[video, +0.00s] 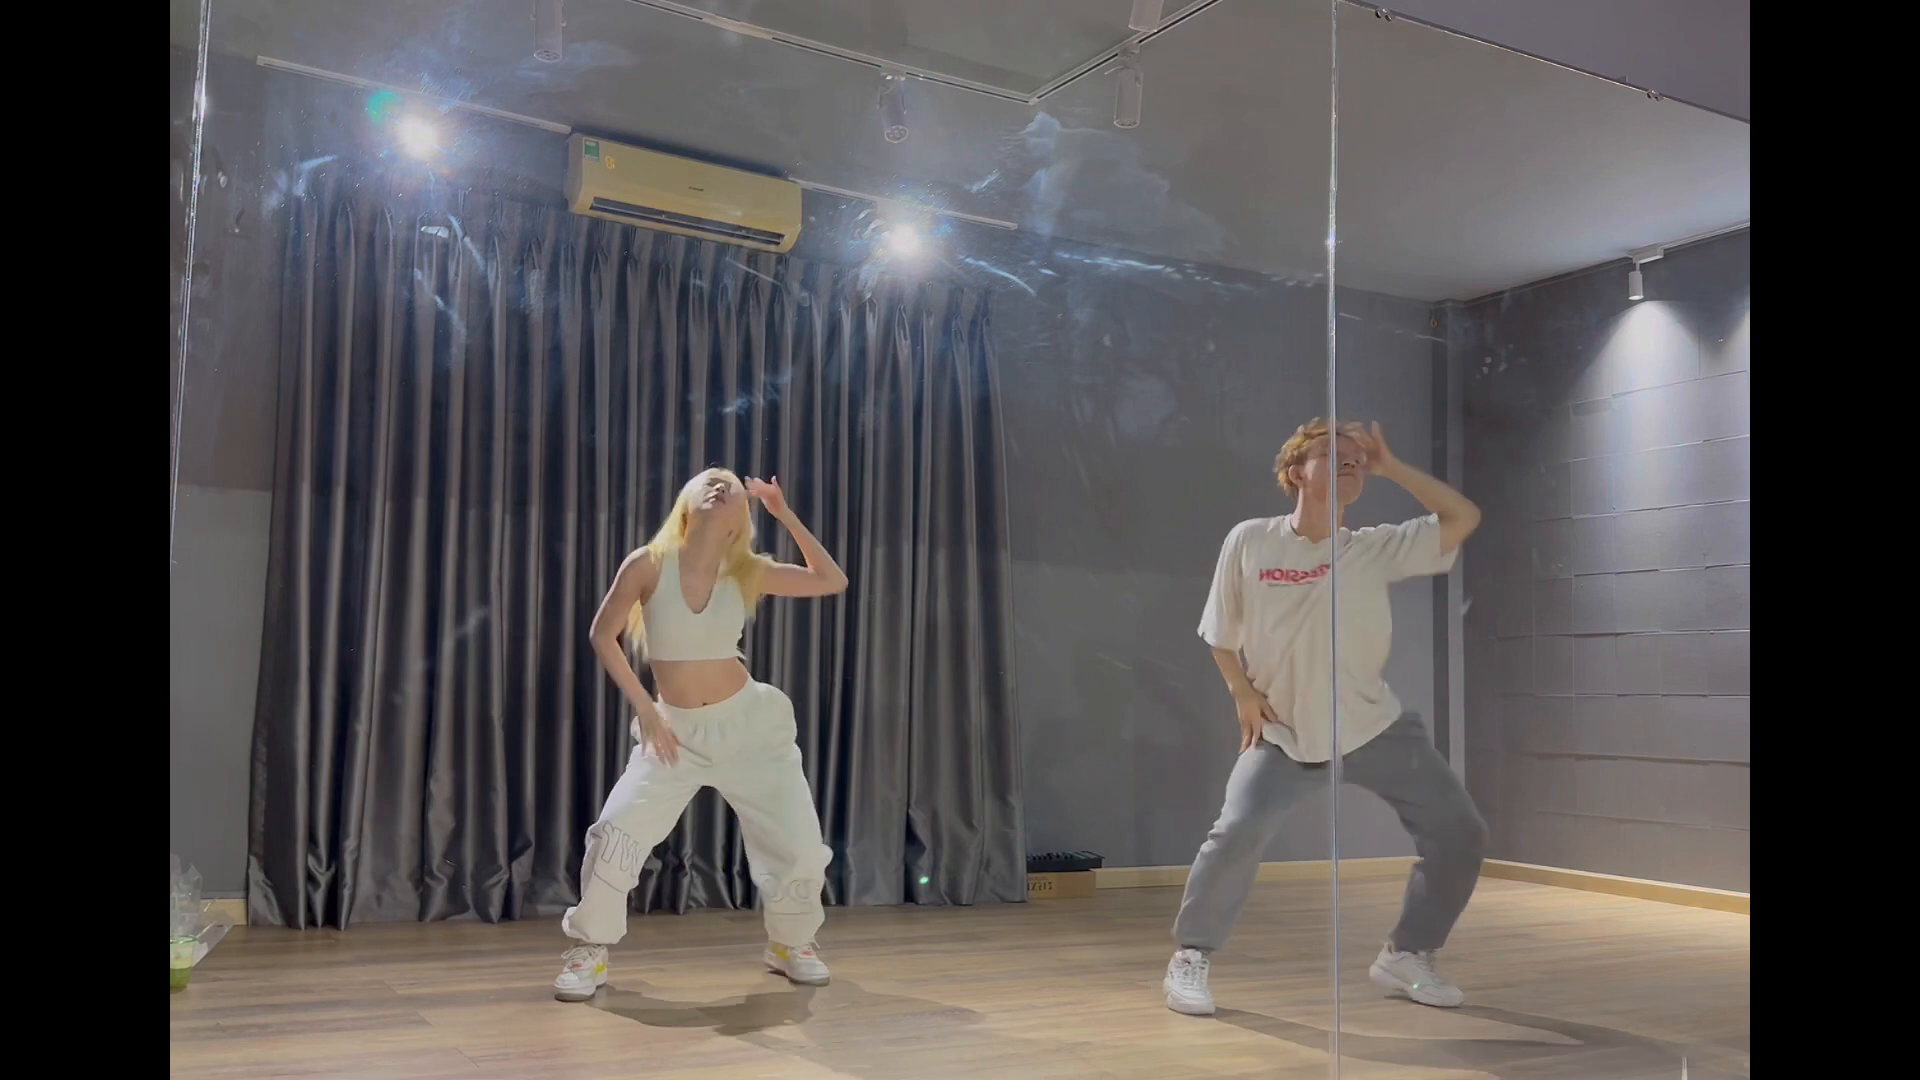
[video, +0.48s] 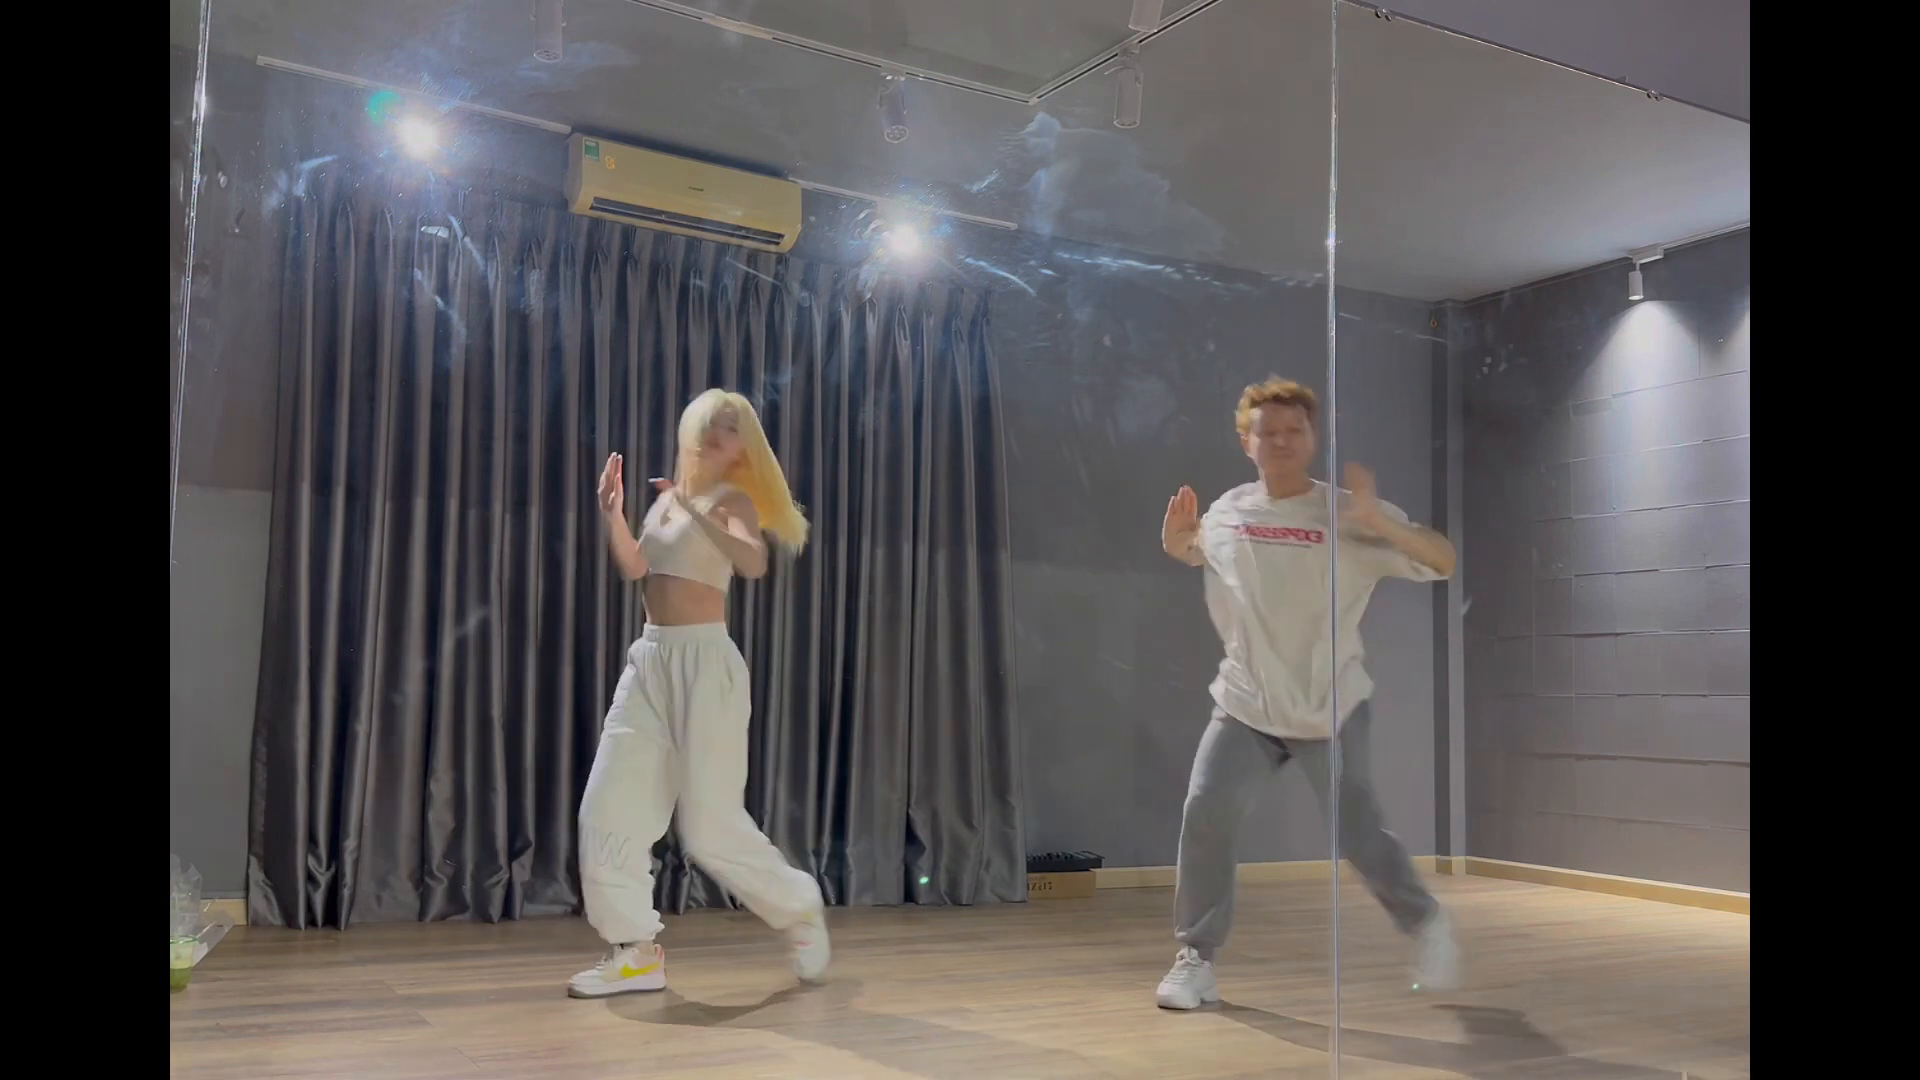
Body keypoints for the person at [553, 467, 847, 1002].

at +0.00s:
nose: (719, 486)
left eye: (730, 486)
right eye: (708, 483)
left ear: (743, 520)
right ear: (687, 509)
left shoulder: (748, 570)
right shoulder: (648, 565)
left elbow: (831, 580)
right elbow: (603, 635)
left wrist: (785, 515)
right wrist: (646, 710)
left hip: (750, 729)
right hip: (674, 732)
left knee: (800, 850)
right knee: (615, 835)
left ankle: (790, 945)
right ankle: (588, 953)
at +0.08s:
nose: (720, 479)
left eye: (732, 479)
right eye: (710, 473)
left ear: (742, 511)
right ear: (688, 495)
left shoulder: (747, 565)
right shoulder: (648, 552)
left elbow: (835, 596)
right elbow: (606, 605)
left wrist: (788, 536)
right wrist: (633, 643)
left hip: (753, 719)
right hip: (677, 726)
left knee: (782, 854)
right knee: (621, 832)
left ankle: (804, 943)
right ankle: (590, 951)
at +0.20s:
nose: (725, 461)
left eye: (738, 455)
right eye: (716, 452)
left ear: (752, 474)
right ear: (696, 464)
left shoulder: (753, 536)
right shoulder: (671, 525)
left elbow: (807, 599)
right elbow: (615, 585)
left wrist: (766, 536)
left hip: (746, 699)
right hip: (682, 702)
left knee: (759, 856)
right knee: (615, 813)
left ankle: (821, 929)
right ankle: (620, 950)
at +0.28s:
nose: (734, 484)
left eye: (746, 473)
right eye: (722, 473)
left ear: (764, 480)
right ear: (701, 478)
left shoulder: (774, 540)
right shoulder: (693, 542)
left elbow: (736, 579)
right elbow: (621, 575)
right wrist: (598, 518)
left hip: (735, 692)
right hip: (674, 690)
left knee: (736, 833)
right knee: (598, 815)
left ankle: (818, 929)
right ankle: (637, 950)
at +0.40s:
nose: (732, 479)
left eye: (741, 468)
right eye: (723, 470)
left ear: (761, 470)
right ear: (713, 475)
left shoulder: (772, 533)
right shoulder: (696, 533)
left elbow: (701, 544)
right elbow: (621, 560)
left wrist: (619, 509)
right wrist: (582, 508)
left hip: (712, 685)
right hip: (653, 682)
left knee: (731, 831)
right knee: (593, 819)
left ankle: (817, 922)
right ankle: (637, 953)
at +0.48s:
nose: (722, 434)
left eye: (734, 427)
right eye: (715, 423)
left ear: (747, 449)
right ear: (692, 435)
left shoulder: (735, 500)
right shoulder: (664, 500)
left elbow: (755, 563)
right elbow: (634, 566)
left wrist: (698, 513)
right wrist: (613, 512)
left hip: (708, 668)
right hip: (647, 667)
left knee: (709, 827)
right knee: (609, 811)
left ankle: (802, 909)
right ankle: (639, 954)